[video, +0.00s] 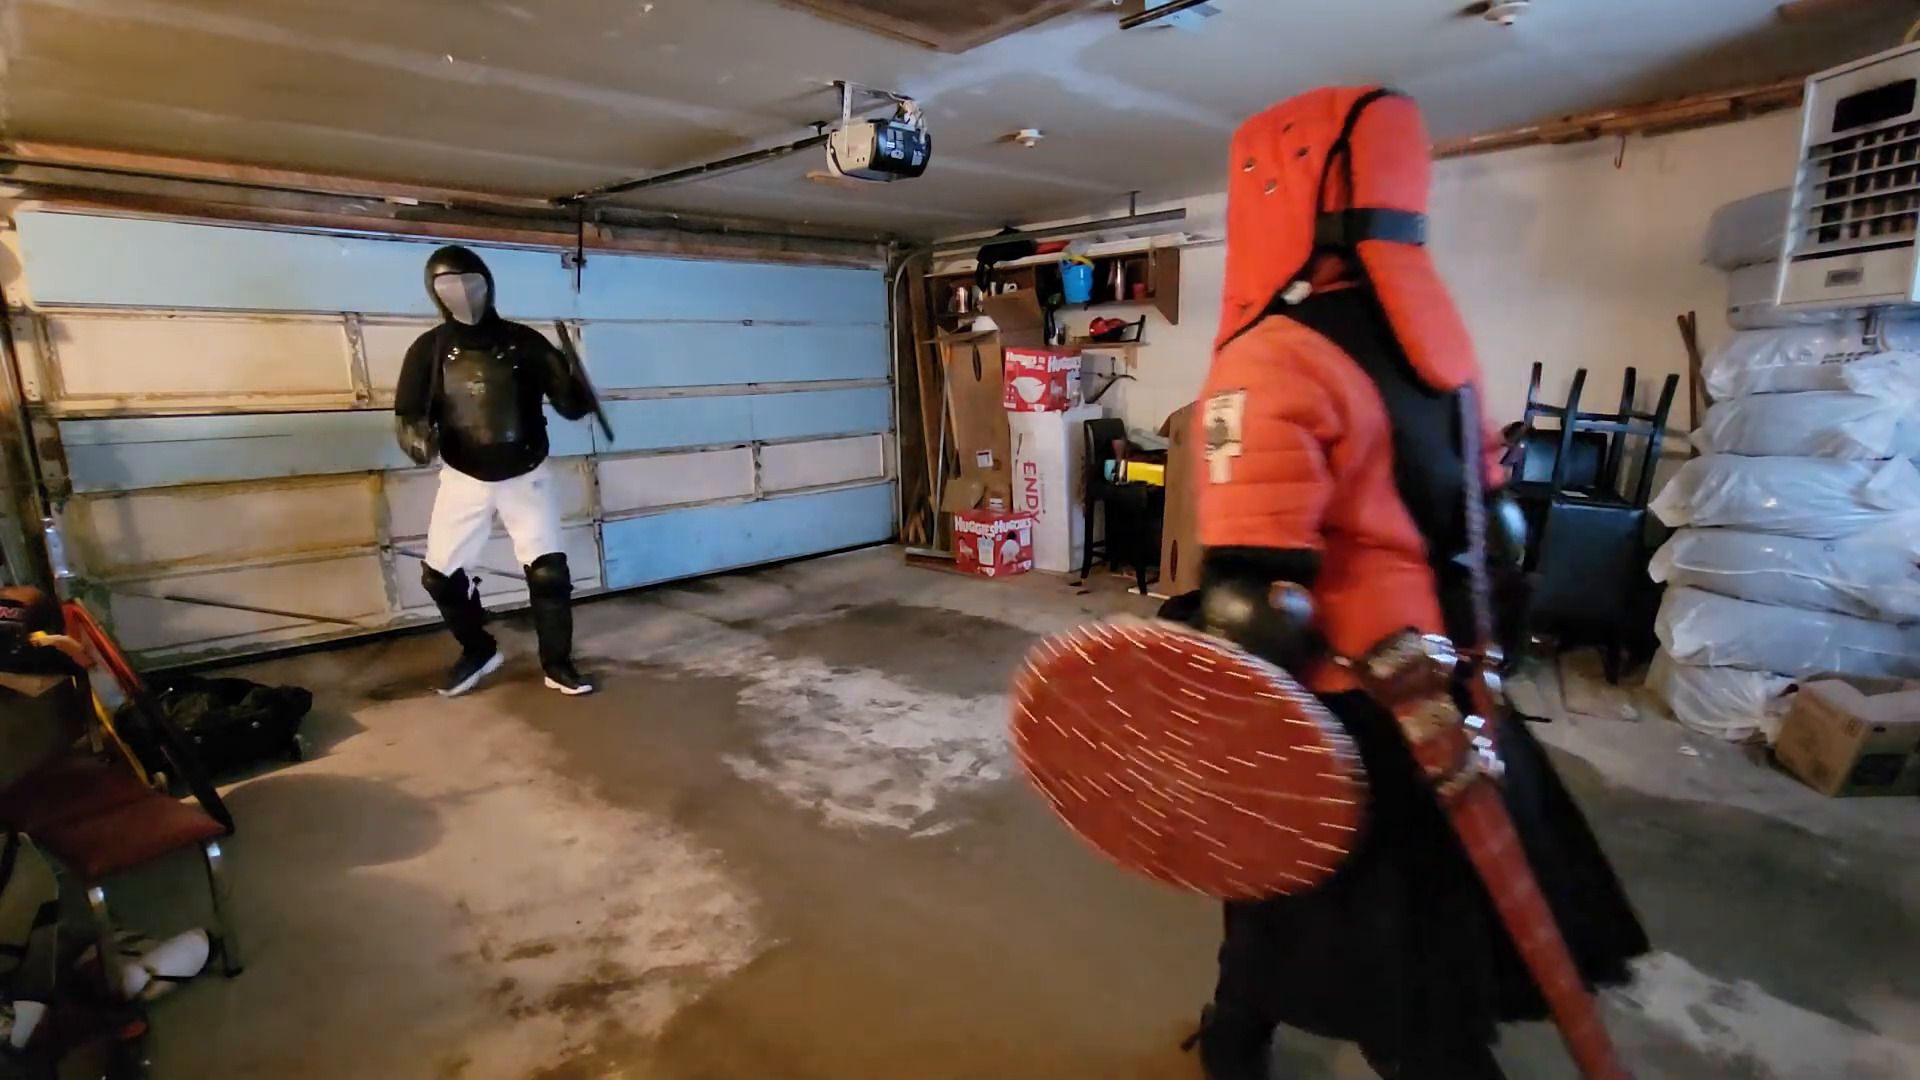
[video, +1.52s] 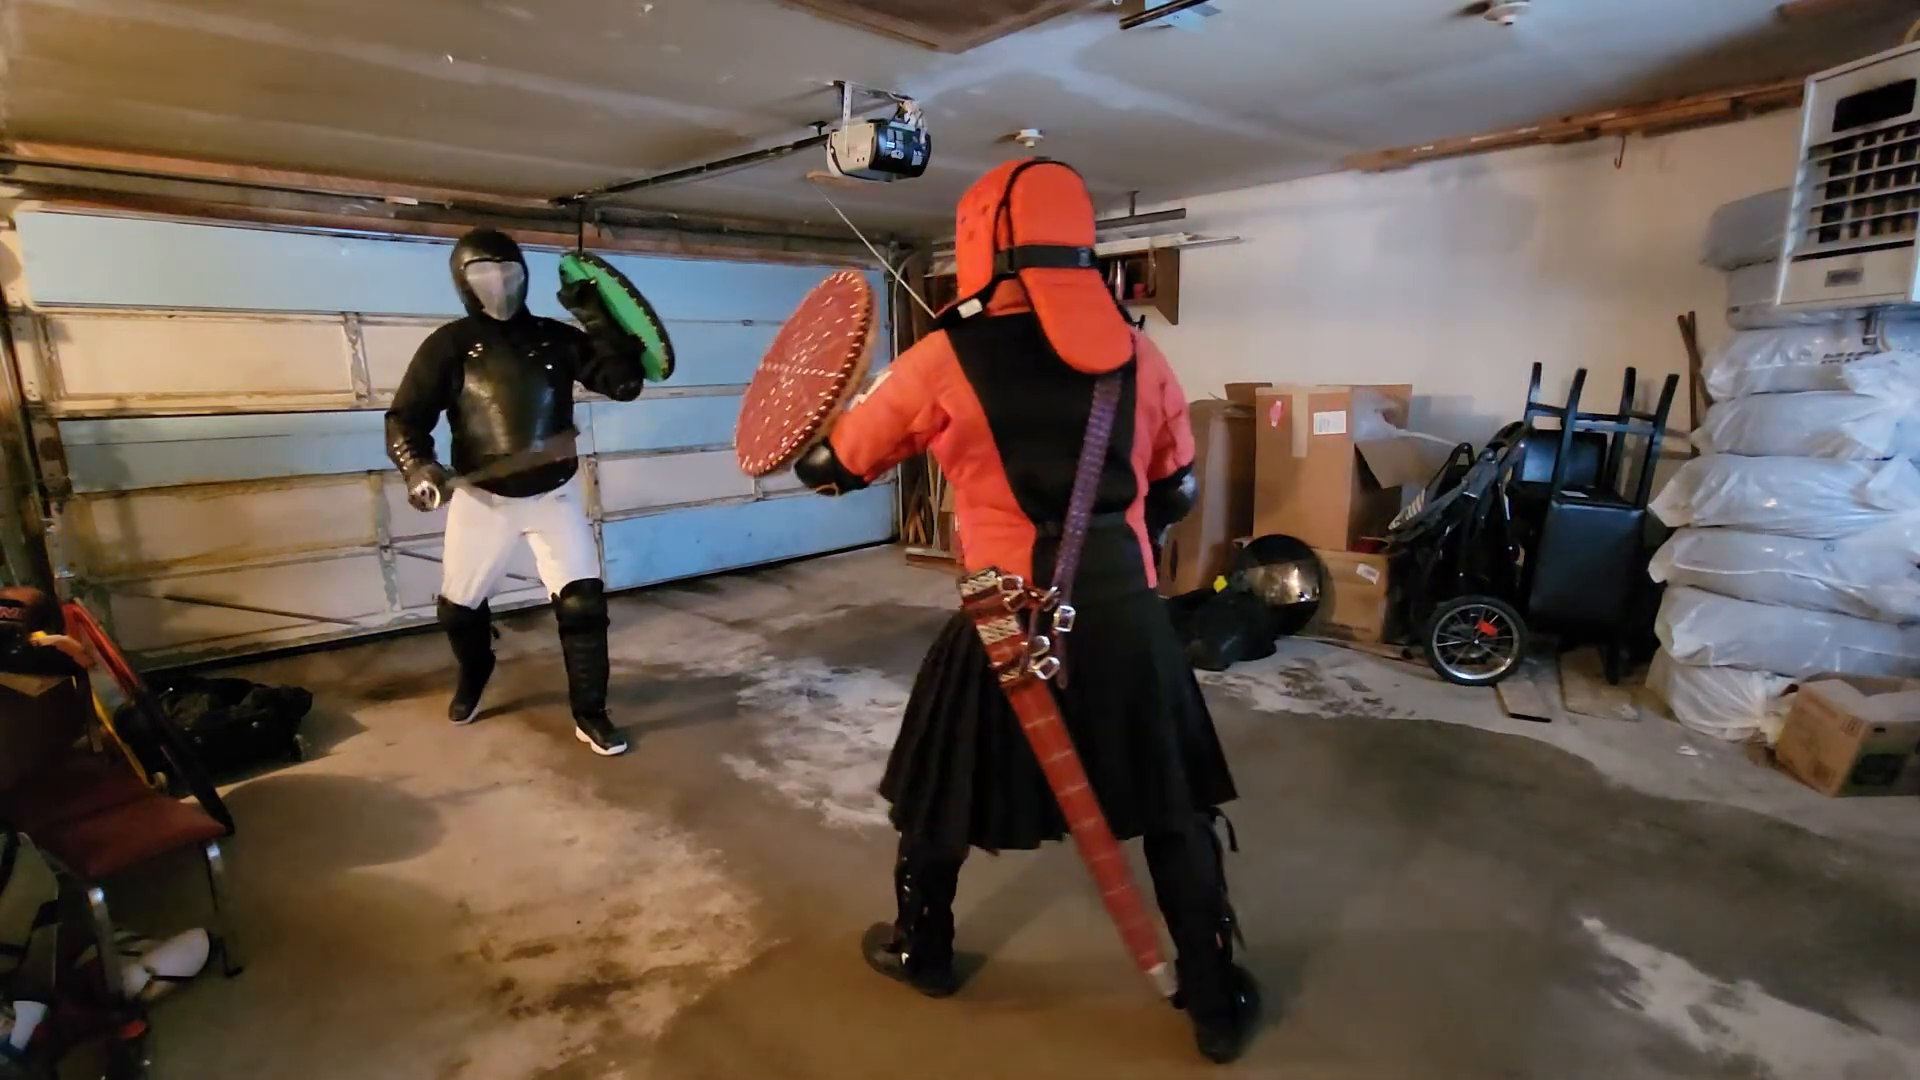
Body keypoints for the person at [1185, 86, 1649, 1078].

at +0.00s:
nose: (1402, 202)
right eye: (1389, 183)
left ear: (1280, 196)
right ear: (1390, 193)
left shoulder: (1270, 364)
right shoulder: (1433, 342)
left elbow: (1252, 611)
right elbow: (1496, 521)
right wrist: (1485, 661)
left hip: (1341, 724)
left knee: (1274, 909)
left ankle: (1234, 1040)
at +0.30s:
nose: (1179, 212)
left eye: (1188, 192)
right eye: (1187, 192)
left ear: (1219, 197)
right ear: (1335, 194)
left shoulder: (1203, 334)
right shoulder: (1373, 334)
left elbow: (1091, 498)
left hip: (1243, 677)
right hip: (1363, 668)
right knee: (1308, 859)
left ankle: (1251, 1039)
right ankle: (1234, 1012)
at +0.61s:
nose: (1108, 223)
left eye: (1118, 205)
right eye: (1113, 205)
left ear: (1145, 212)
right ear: (1235, 207)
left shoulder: (1104, 335)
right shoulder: (1298, 343)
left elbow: (975, 407)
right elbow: (1303, 445)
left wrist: (922, 389)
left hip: (1127, 640)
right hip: (1251, 637)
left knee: (1036, 791)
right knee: (1223, 845)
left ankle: (959, 946)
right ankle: (1228, 1041)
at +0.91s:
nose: (974, 250)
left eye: (983, 235)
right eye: (985, 234)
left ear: (1006, 242)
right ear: (1107, 241)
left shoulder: (960, 352)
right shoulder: (1155, 359)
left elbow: (837, 428)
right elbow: (1189, 490)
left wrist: (807, 407)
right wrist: (1119, 523)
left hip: (1001, 636)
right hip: (1125, 633)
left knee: (933, 769)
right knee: (1163, 816)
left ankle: (922, 940)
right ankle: (1208, 1014)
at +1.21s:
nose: (926, 250)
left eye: (933, 236)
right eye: (932, 236)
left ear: (953, 239)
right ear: (1050, 237)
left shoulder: (911, 349)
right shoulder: (1108, 352)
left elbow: (809, 454)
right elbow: (1141, 486)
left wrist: (773, 429)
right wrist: (1093, 553)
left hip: (969, 609)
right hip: (1095, 603)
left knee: (922, 768)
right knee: (1146, 784)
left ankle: (920, 942)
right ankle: (1199, 982)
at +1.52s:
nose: (958, 260)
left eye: (965, 244)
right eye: (961, 245)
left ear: (986, 247)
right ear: (1079, 245)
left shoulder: (945, 358)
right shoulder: (1137, 355)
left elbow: (845, 460)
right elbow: (1174, 493)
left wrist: (811, 447)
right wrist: (1107, 540)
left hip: (1002, 624)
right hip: (1127, 618)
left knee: (940, 773)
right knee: (1171, 802)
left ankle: (925, 942)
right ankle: (1216, 999)